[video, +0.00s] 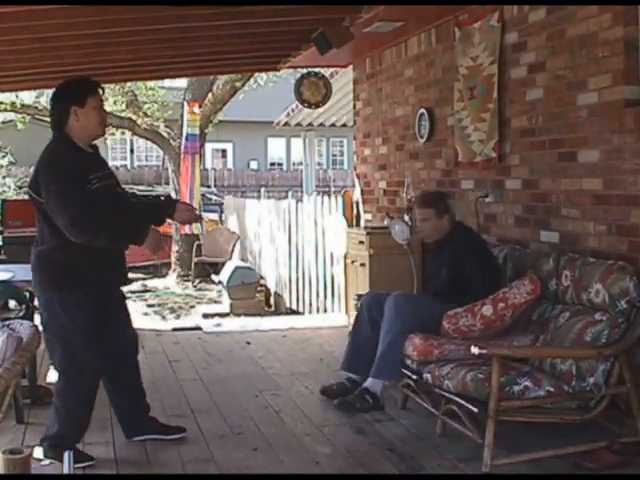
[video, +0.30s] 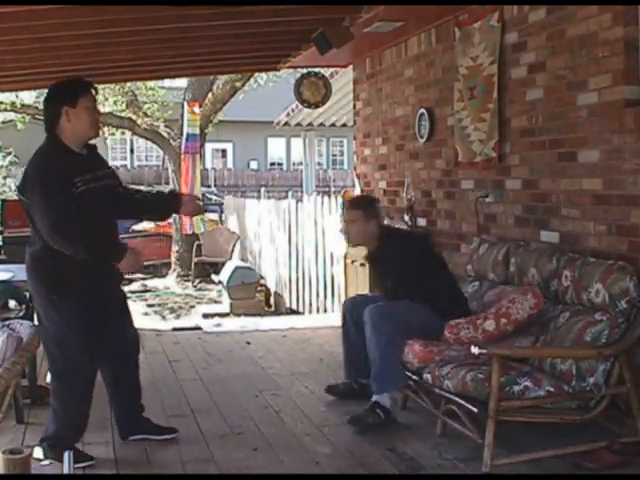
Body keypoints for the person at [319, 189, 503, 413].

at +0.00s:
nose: (419, 226)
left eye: (425, 220)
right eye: (417, 221)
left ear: (446, 219)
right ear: (416, 220)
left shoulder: (468, 243)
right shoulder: (432, 244)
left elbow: (487, 289)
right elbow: (433, 285)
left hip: (465, 316)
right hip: (438, 309)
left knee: (400, 303)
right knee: (373, 301)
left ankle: (373, 391)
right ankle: (355, 379)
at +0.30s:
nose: (344, 229)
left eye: (350, 222)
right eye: (344, 222)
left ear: (371, 222)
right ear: (369, 224)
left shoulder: (410, 245)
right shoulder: (376, 253)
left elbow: (413, 295)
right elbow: (388, 294)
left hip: (445, 317)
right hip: (416, 309)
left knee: (378, 315)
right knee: (354, 307)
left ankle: (383, 404)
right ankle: (361, 382)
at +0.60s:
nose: (307, 163)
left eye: (313, 156)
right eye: (307, 157)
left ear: (335, 157)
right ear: (315, 161)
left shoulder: (372, 189)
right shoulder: (329, 198)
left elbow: (403, 230)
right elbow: (348, 237)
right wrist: (358, 267)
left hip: (396, 275)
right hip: (365, 274)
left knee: (350, 324)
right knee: (331, 319)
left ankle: (379, 406)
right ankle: (352, 385)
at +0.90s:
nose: (288, 101)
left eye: (297, 95)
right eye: (290, 94)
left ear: (318, 103)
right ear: (299, 102)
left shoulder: (338, 146)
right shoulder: (297, 144)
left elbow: (339, 211)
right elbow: (312, 207)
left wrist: (318, 269)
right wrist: (315, 255)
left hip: (357, 252)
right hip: (321, 249)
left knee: (348, 332)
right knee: (288, 314)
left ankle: (377, 409)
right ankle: (287, 399)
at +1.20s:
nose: (246, 87)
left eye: (254, 80)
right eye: (246, 80)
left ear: (276, 87)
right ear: (265, 88)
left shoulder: (290, 129)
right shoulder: (258, 130)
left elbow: (293, 195)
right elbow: (260, 193)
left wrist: (258, 246)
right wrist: (249, 241)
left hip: (293, 246)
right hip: (264, 247)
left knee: (269, 325)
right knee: (236, 324)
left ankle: (317, 408)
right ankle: (250, 410)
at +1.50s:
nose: (214, 116)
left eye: (221, 109)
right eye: (214, 109)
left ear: (245, 112)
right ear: (228, 114)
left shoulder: (261, 157)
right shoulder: (235, 156)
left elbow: (260, 226)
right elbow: (237, 223)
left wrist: (231, 277)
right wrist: (226, 272)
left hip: (282, 268)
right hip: (261, 267)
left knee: (232, 339)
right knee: (214, 332)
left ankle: (262, 439)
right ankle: (246, 417)